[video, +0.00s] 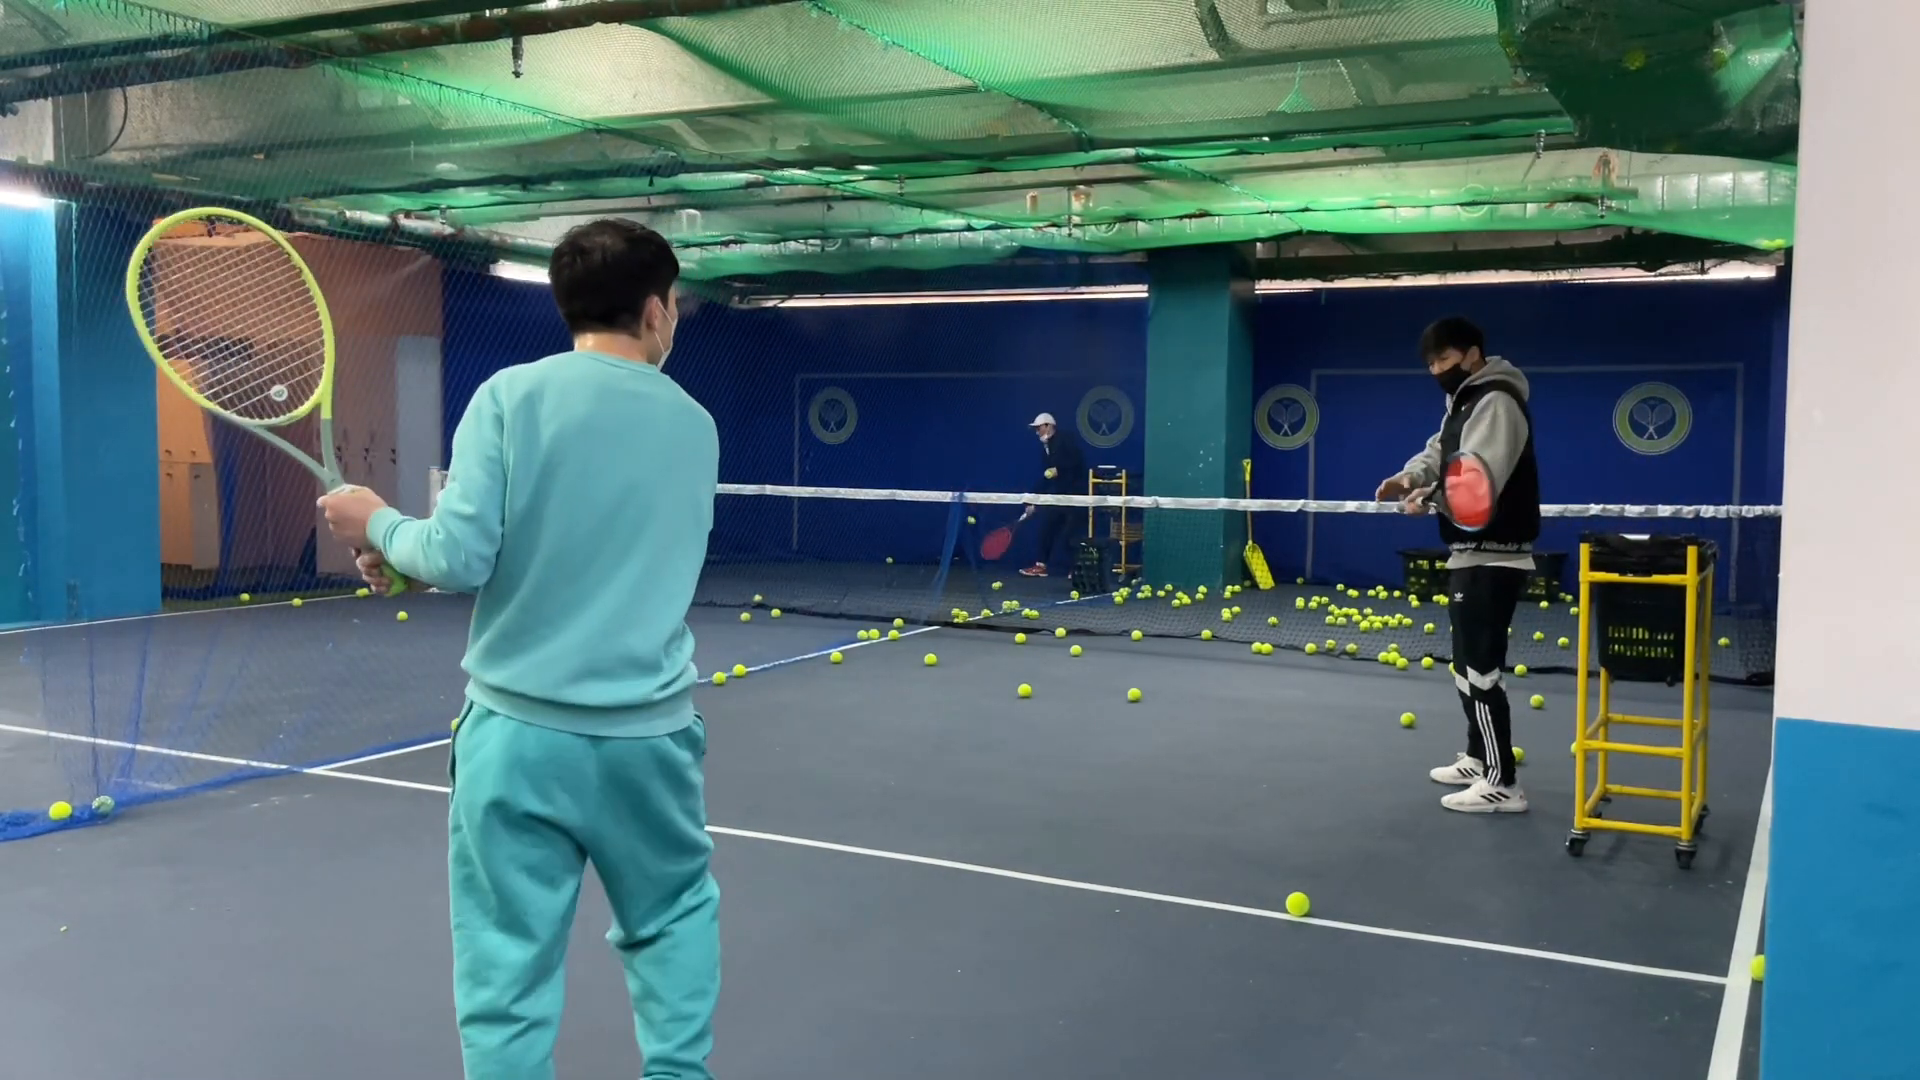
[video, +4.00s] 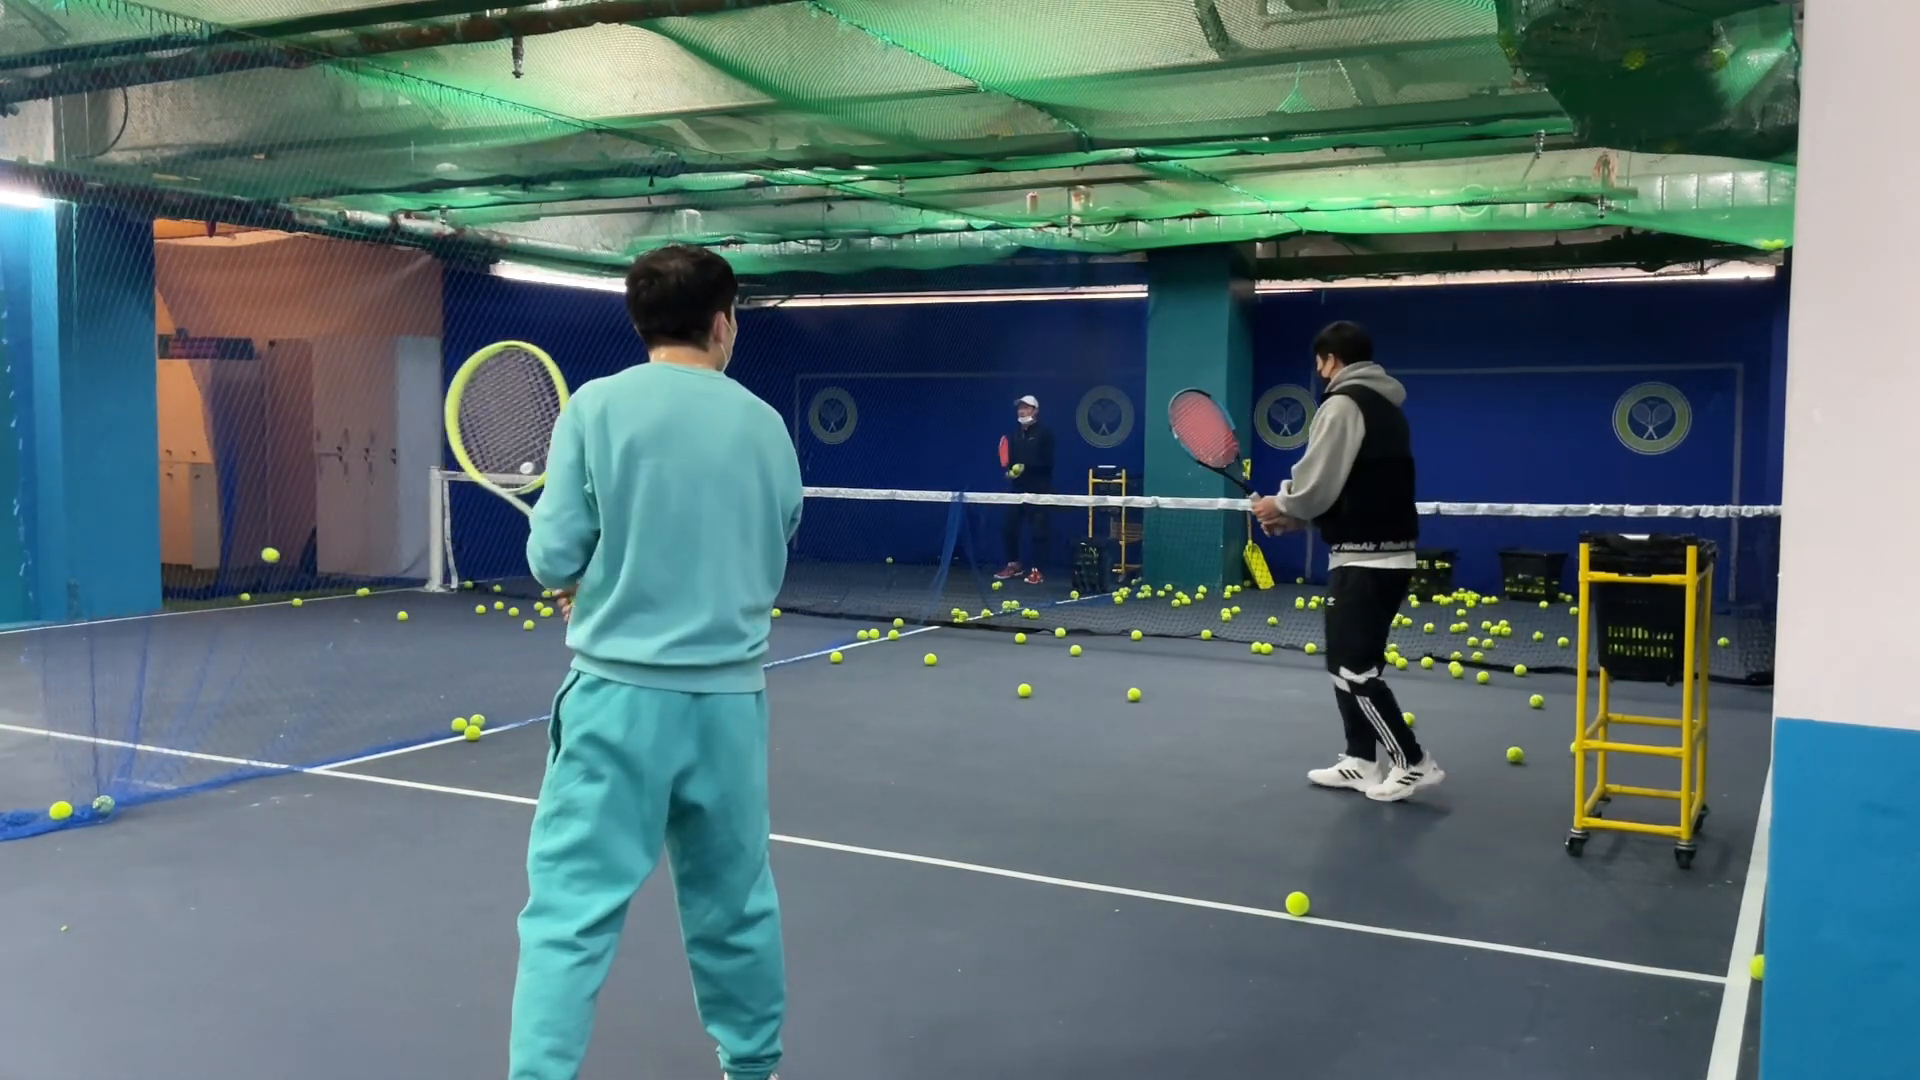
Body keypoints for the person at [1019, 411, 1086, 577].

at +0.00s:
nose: (1037, 432)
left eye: (1039, 428)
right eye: (1036, 429)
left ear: (1049, 426)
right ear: (1043, 428)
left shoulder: (1064, 439)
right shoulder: (1046, 447)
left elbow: (1074, 461)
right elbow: (1044, 477)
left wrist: (1058, 470)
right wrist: (1033, 500)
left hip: (1074, 491)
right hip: (1058, 491)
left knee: (1072, 529)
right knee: (1047, 526)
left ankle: (1075, 567)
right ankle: (1041, 564)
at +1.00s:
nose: (1061, 413)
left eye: (1065, 409)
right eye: (1059, 409)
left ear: (1072, 413)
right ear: (1055, 411)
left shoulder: (1081, 435)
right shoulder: (1047, 435)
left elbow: (1093, 462)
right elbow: (1041, 462)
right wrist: (1036, 485)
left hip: (1075, 489)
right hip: (1052, 487)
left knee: (1074, 528)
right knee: (1047, 526)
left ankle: (1077, 567)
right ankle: (1041, 564)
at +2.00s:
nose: (1052, 413)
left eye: (1056, 409)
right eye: (1050, 409)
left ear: (1065, 412)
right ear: (1048, 411)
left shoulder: (1076, 433)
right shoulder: (1043, 433)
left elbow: (1084, 461)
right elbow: (1039, 457)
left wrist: (1080, 459)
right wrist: (1035, 472)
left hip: (1070, 485)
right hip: (1047, 485)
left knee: (1072, 526)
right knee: (1041, 525)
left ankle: (1076, 567)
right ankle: (1040, 564)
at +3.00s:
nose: (1067, 408)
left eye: (1070, 405)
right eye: (1064, 405)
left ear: (1075, 408)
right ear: (1058, 408)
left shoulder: (1078, 432)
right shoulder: (1048, 428)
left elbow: (1083, 456)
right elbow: (1030, 445)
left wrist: (1089, 460)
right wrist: (1027, 460)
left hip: (1071, 484)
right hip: (1048, 483)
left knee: (1072, 524)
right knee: (1046, 523)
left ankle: (1072, 565)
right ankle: (1044, 564)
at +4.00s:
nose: (1022, 411)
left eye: (1026, 408)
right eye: (1020, 408)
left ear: (1035, 411)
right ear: (1017, 411)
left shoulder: (1044, 433)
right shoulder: (1014, 434)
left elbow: (1047, 462)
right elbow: (1008, 457)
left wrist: (1024, 466)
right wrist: (1009, 469)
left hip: (1039, 487)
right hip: (1018, 486)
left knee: (1038, 528)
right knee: (1010, 525)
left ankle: (1036, 569)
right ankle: (1014, 563)